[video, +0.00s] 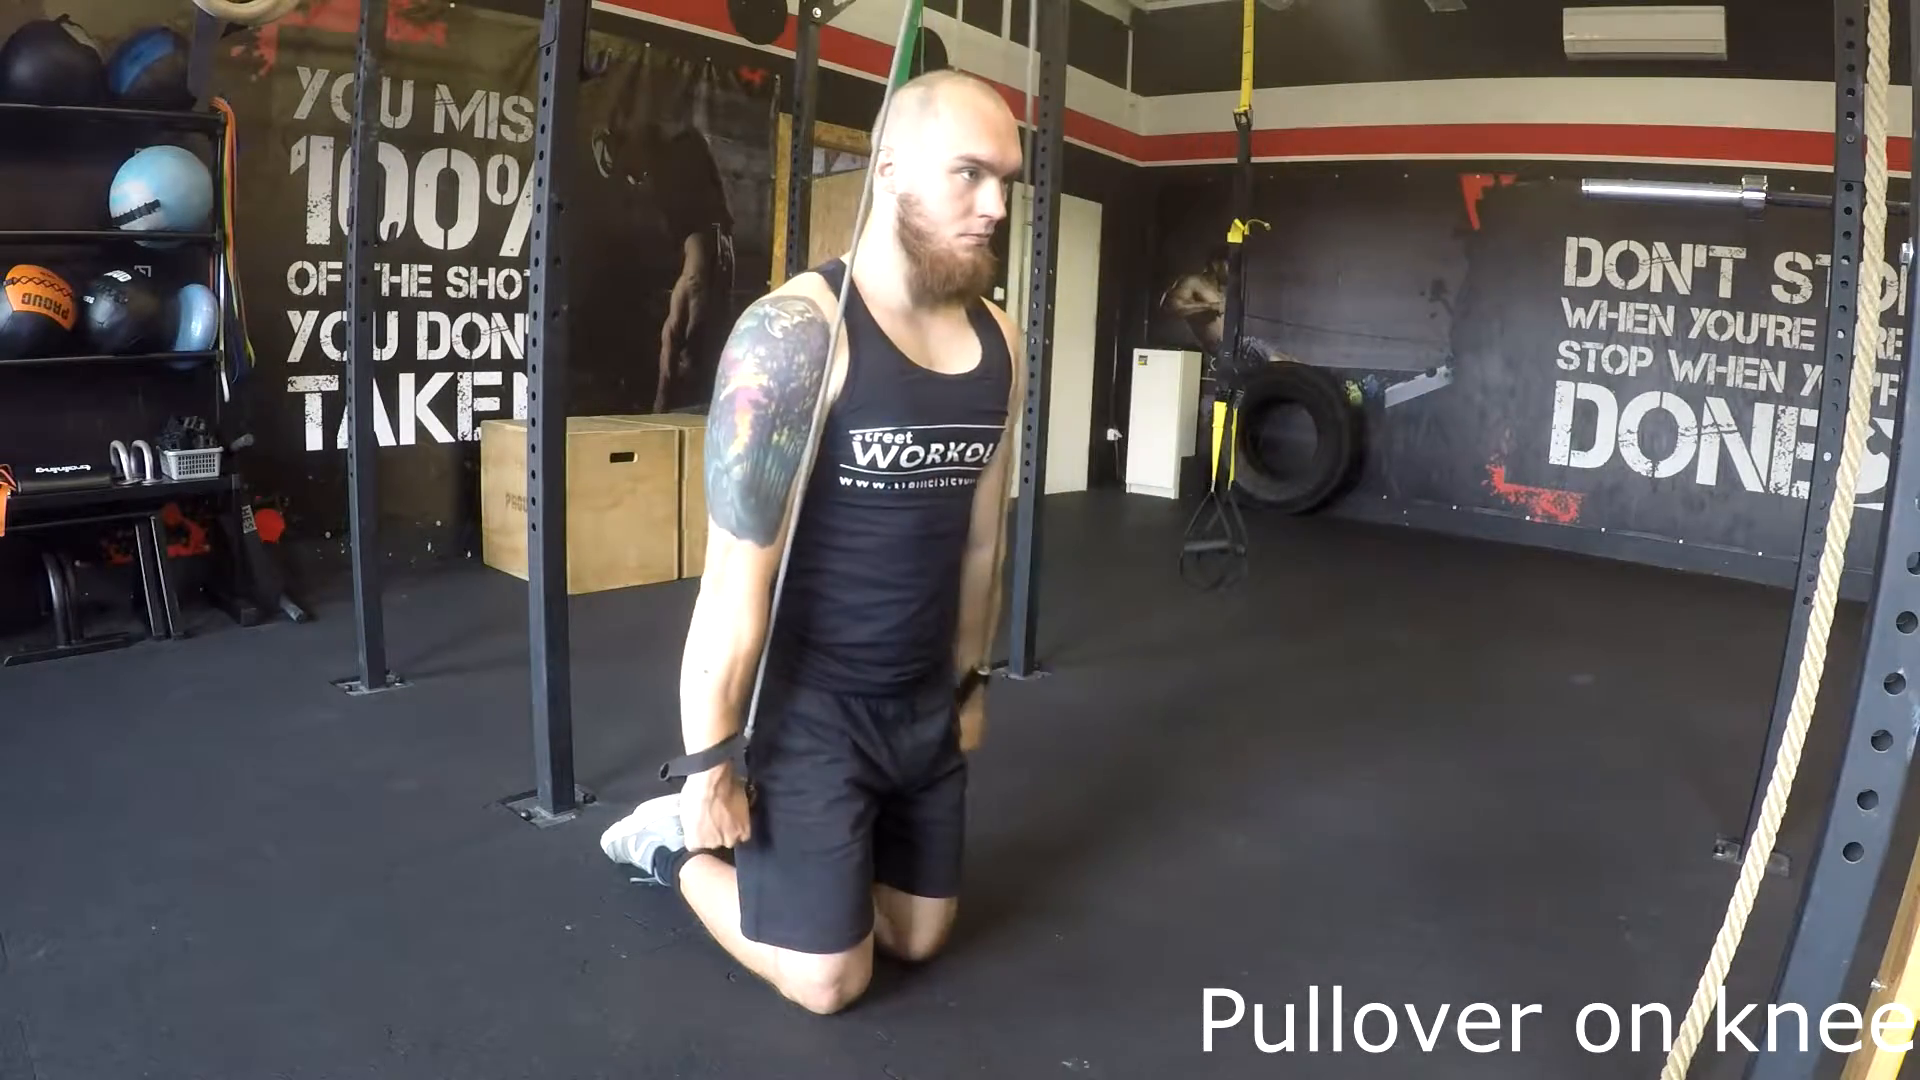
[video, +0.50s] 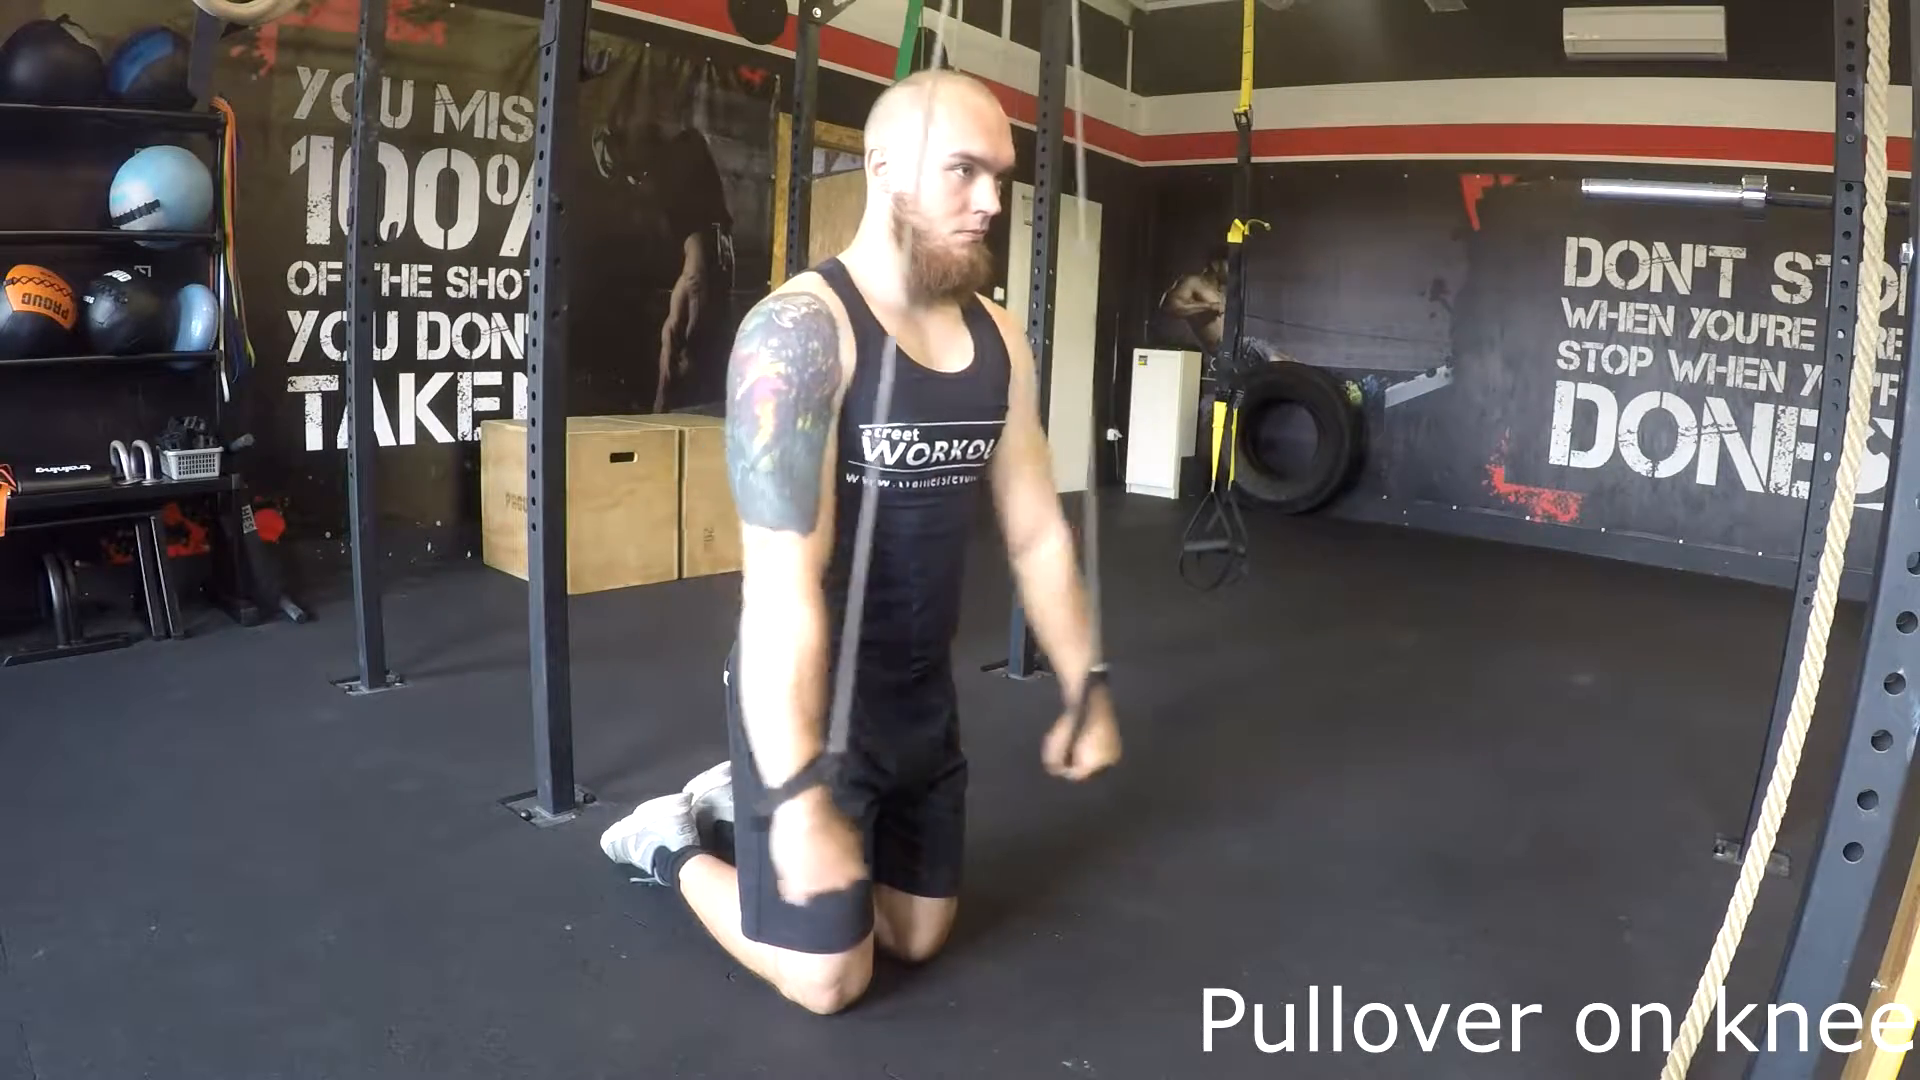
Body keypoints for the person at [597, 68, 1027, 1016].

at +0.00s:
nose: (996, 206)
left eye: (1007, 181)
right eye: (971, 175)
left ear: (1012, 190)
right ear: (891, 174)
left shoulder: (996, 340)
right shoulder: (793, 335)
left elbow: (982, 538)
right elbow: (739, 575)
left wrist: (967, 683)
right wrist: (712, 766)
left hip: (926, 698)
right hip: (805, 704)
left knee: (916, 934)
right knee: (826, 981)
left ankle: (767, 829)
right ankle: (682, 840)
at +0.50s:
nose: (990, 201)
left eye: (1002, 176)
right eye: (964, 169)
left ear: (1007, 186)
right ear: (886, 173)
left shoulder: (996, 337)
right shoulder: (796, 333)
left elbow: (1037, 530)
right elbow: (782, 583)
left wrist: (1084, 679)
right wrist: (801, 793)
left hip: (920, 693)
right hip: (810, 694)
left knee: (916, 932)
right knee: (825, 981)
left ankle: (731, 808)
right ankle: (673, 854)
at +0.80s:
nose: (978, 200)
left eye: (989, 175)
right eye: (954, 168)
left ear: (993, 184)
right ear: (875, 170)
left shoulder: (991, 324)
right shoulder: (794, 317)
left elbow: (1100, 468)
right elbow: (881, 512)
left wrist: (1227, 598)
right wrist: (1000, 681)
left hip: (933, 684)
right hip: (805, 687)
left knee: (913, 934)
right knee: (824, 981)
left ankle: (746, 810)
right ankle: (676, 853)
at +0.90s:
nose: (975, 201)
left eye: (985, 178)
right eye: (950, 170)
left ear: (990, 187)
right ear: (870, 171)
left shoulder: (982, 317)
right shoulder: (790, 311)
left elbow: (1116, 426)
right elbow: (918, 462)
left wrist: (1269, 529)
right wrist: (1086, 580)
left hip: (918, 685)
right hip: (800, 687)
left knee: (914, 932)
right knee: (823, 978)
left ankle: (738, 817)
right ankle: (674, 855)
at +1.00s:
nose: (968, 205)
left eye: (981, 182)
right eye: (944, 174)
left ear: (987, 186)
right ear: (864, 166)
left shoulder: (981, 311)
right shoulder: (784, 305)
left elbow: (1121, 379)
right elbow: (934, 395)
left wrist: (1281, 456)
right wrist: (1128, 449)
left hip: (917, 685)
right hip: (799, 686)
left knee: (916, 932)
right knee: (824, 979)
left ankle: (745, 809)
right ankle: (676, 854)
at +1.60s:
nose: (969, 208)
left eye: (980, 184)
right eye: (945, 177)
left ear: (987, 190)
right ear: (866, 178)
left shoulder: (979, 318)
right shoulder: (787, 312)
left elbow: (1102, 430)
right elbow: (920, 471)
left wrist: (1257, 542)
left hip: (913, 683)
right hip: (797, 684)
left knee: (914, 932)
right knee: (824, 978)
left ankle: (741, 816)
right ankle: (672, 855)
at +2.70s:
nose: (975, 205)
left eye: (985, 179)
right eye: (950, 175)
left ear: (992, 182)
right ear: (871, 173)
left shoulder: (987, 327)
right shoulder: (785, 323)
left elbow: (1051, 505)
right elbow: (803, 563)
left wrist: (1130, 659)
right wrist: (859, 761)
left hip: (916, 681)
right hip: (802, 691)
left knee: (915, 932)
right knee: (824, 979)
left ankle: (748, 805)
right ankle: (673, 850)